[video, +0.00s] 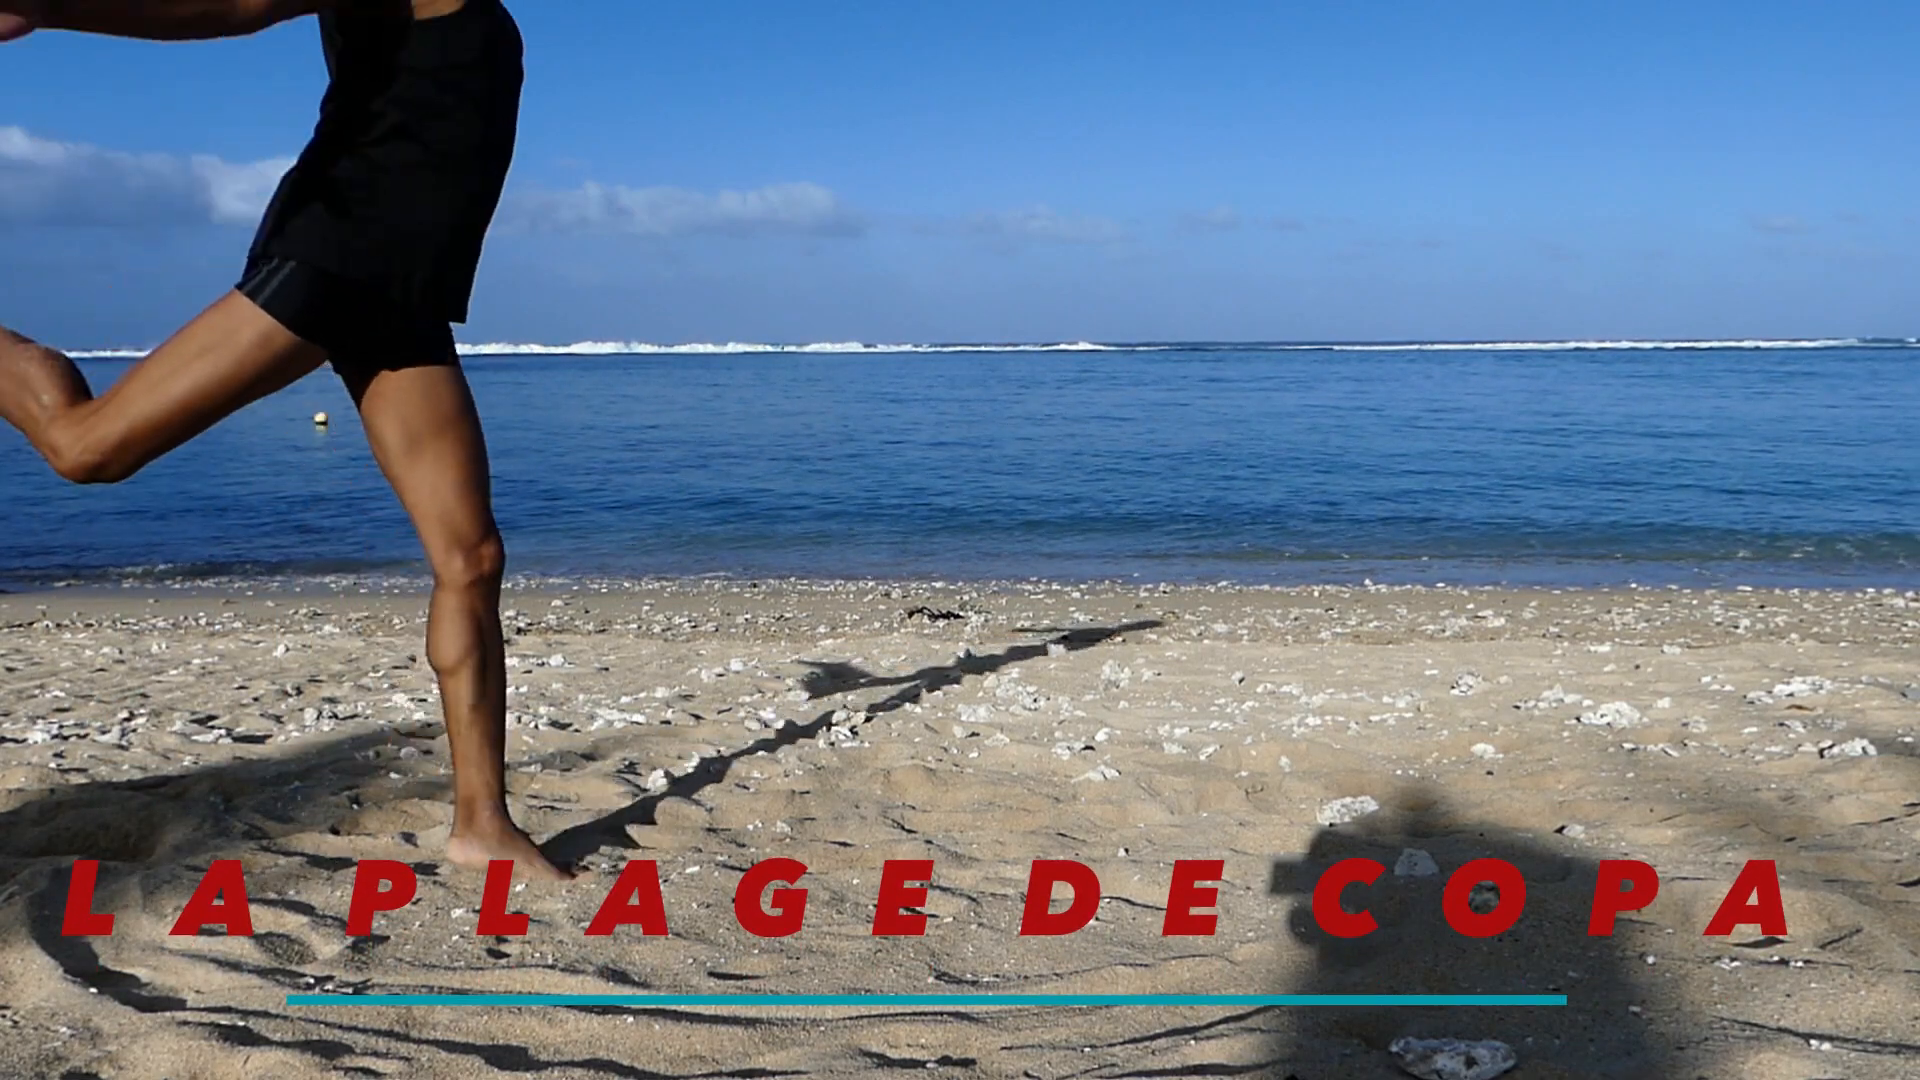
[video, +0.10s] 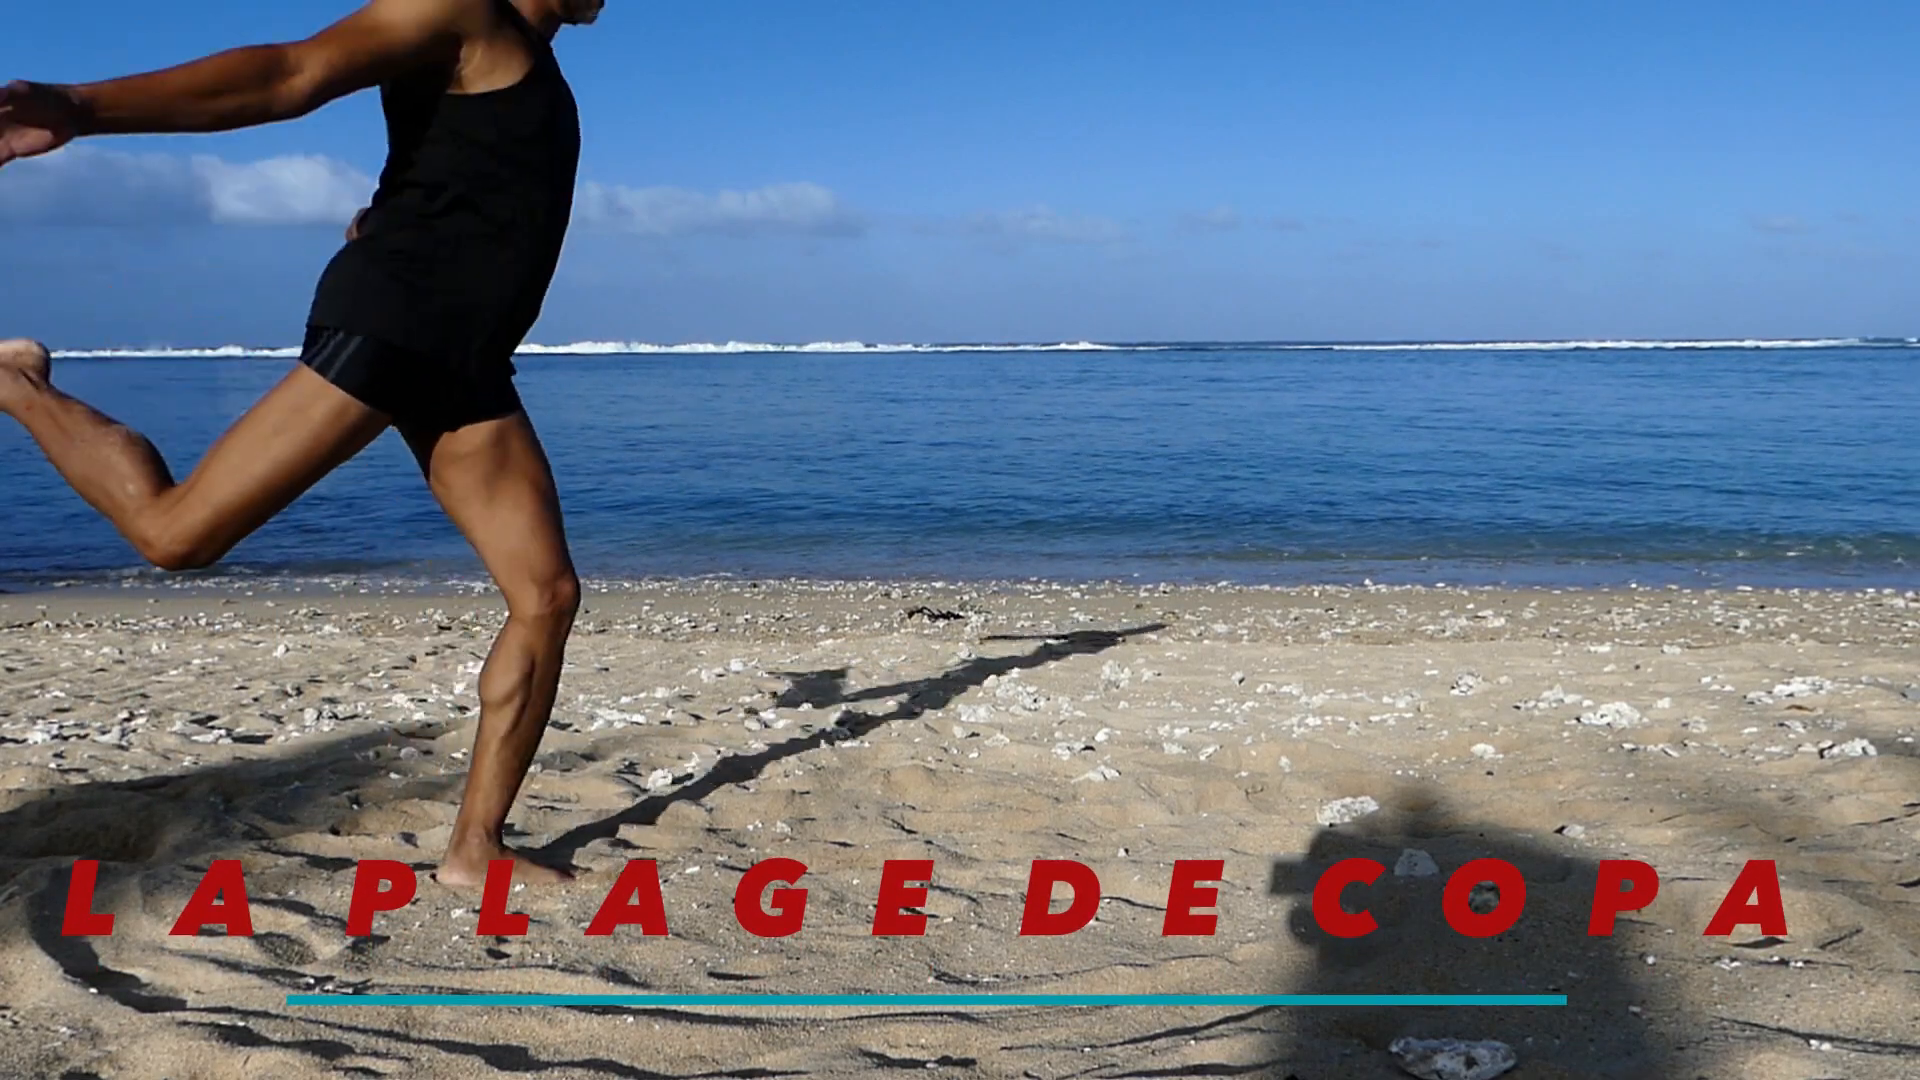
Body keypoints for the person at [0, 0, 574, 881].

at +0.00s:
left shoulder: (472, 18)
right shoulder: (389, 5)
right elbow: (232, 9)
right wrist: (53, 10)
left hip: (399, 286)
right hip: (334, 257)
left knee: (469, 558)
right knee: (86, 448)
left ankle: (482, 824)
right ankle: (6, 347)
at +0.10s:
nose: (598, 1)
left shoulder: (527, 59)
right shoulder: (456, 14)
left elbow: (455, 166)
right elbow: (287, 74)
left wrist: (383, 223)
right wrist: (80, 106)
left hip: (463, 355)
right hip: (389, 323)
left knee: (546, 596)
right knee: (174, 534)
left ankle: (476, 849)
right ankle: (18, 384)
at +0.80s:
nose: (851, 1)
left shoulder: (781, 47)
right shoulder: (720, 13)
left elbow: (774, 232)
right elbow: (588, 139)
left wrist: (822, 364)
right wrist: (435, 249)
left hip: (688, 337)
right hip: (695, 337)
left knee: (636, 591)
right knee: (855, 551)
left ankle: (497, 809)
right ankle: (863, 805)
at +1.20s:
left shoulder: (904, 38)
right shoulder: (963, 38)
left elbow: (984, 224)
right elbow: (875, 200)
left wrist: (1111, 290)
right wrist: (817, 347)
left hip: (884, 356)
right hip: (949, 360)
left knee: (821, 593)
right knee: (1023, 590)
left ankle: (635, 756)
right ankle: (1006, 827)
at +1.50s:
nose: (1159, 1)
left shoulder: (1014, 26)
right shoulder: (1102, 23)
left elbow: (1074, 227)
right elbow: (1153, 203)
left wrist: (1183, 309)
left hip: (1007, 329)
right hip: (1052, 337)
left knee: (1096, 557)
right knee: (1058, 581)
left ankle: (913, 725)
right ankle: (1011, 819)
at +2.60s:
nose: (1582, 17)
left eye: (1585, 7)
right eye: (1584, 5)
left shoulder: (1412, 79)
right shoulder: (1529, 71)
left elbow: (1380, 255)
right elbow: (1546, 263)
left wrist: (1362, 388)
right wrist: (1604, 419)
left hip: (1409, 366)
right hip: (1476, 374)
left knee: (1459, 596)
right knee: (1508, 609)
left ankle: (1430, 804)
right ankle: (1289, 719)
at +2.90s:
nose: (1868, 6)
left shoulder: (1689, 66)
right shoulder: (1813, 47)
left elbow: (1736, 234)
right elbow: (1739, 172)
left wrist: (1859, 313)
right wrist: (1687, 293)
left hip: (1656, 341)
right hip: (1756, 350)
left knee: (1564, 569)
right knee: (1844, 582)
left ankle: (1461, 770)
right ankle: (1876, 795)